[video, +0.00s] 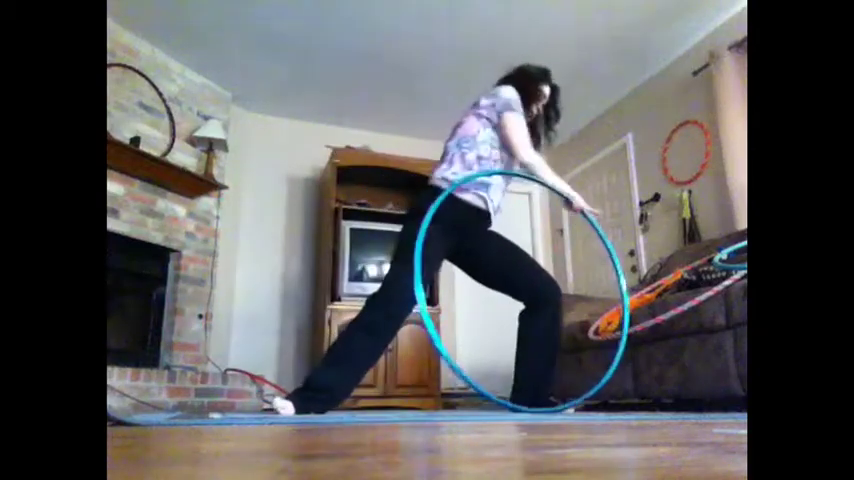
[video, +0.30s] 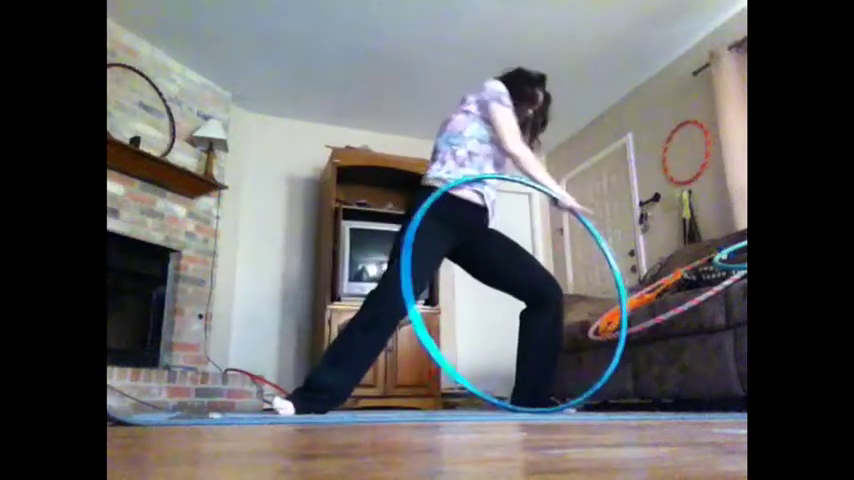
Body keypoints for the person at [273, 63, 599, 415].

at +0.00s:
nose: (542, 105)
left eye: (545, 102)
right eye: (541, 96)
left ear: (536, 105)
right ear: (527, 86)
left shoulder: (507, 125)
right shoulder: (505, 96)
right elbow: (524, 155)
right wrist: (572, 197)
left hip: (472, 228)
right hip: (439, 213)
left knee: (544, 294)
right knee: (391, 306)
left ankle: (532, 401)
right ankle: (306, 402)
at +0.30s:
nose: (530, 117)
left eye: (534, 114)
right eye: (531, 109)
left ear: (519, 101)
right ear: (521, 94)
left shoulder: (501, 128)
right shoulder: (493, 92)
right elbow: (513, 147)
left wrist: (561, 200)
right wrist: (559, 194)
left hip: (472, 227)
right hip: (437, 214)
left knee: (546, 293)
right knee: (389, 304)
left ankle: (531, 403)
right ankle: (307, 403)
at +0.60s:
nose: (472, 87)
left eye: (480, 84)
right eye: (472, 76)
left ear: (483, 86)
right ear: (459, 62)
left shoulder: (469, 110)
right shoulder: (413, 78)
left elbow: (484, 148)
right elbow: (374, 110)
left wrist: (497, 184)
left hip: (454, 213)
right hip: (405, 206)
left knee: (511, 296)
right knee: (345, 290)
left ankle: (531, 397)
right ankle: (300, 396)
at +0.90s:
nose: (399, 54)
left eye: (408, 48)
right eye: (391, 45)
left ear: (418, 54)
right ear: (374, 46)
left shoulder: (423, 90)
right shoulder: (346, 95)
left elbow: (471, 96)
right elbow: (295, 124)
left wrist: (505, 117)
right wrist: (287, 142)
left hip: (426, 207)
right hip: (374, 214)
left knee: (475, 297)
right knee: (312, 281)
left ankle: (531, 400)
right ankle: (291, 397)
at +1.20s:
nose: (343, 50)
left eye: (352, 42)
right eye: (334, 41)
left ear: (364, 52)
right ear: (318, 50)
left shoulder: (385, 91)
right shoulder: (304, 118)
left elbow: (448, 98)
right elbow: (265, 172)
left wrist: (479, 65)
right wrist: (244, 182)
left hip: (405, 217)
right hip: (351, 226)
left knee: (469, 297)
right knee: (291, 278)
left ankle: (540, 398)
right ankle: (282, 401)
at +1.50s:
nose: (421, 63)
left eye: (429, 54)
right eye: (413, 55)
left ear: (447, 55)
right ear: (401, 59)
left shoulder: (468, 93)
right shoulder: (398, 105)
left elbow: (524, 93)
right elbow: (378, 158)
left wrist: (482, 59)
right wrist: (415, 158)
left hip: (453, 217)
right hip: (403, 219)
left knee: (507, 294)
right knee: (342, 301)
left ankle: (525, 399)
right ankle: (275, 403)